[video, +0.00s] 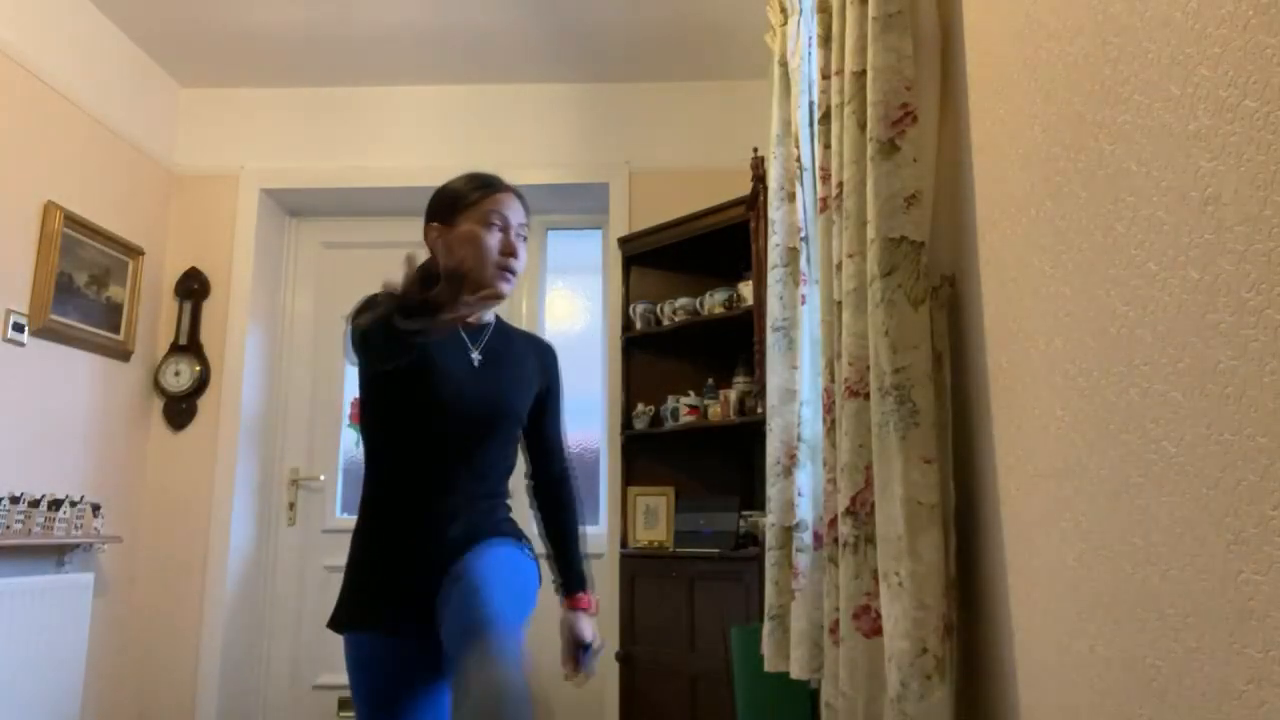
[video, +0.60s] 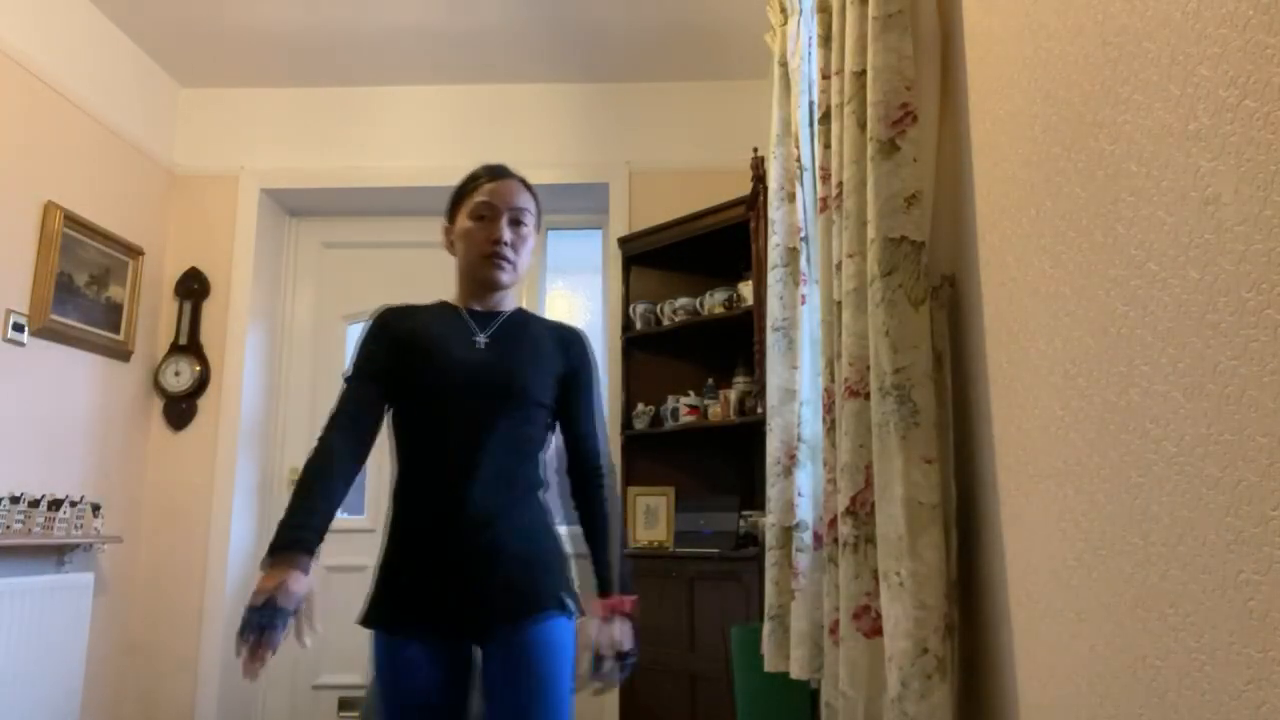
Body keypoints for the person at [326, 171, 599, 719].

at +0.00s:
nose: (515, 247)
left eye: (522, 234)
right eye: (495, 225)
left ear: (524, 251)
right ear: (437, 239)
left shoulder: (533, 357)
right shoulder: (385, 317)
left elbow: (550, 479)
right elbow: (380, 336)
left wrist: (578, 598)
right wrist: (455, 311)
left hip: (486, 546)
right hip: (391, 566)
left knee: (485, 622)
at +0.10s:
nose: (519, 256)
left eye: (525, 244)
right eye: (503, 235)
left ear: (531, 259)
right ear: (442, 243)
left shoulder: (532, 364)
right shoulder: (388, 327)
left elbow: (537, 480)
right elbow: (406, 330)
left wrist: (551, 591)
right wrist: (479, 306)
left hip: (496, 592)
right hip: (393, 595)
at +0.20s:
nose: (521, 258)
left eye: (525, 247)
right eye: (503, 238)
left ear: (527, 262)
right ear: (443, 250)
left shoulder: (533, 368)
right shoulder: (389, 329)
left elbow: (526, 487)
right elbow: (401, 346)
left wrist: (521, 613)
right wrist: (486, 327)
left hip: (490, 595)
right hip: (396, 596)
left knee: (499, 553)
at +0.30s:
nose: (517, 249)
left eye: (524, 237)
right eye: (498, 229)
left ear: (529, 252)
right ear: (444, 242)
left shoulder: (533, 360)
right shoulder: (391, 323)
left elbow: (521, 475)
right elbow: (396, 360)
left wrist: (513, 566)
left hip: (500, 592)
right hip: (405, 589)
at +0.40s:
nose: (507, 236)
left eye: (519, 225)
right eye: (487, 217)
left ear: (526, 246)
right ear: (441, 233)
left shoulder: (540, 352)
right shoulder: (387, 315)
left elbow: (533, 473)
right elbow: (376, 370)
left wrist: (528, 553)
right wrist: (389, 426)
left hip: (505, 552)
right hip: (405, 556)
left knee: (503, 667)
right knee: (401, 708)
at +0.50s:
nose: (501, 232)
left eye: (516, 222)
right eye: (482, 215)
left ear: (529, 244)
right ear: (442, 232)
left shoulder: (551, 348)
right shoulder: (390, 319)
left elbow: (556, 473)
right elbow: (353, 413)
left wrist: (561, 577)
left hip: (514, 575)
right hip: (408, 574)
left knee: (519, 712)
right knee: (404, 711)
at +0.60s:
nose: (502, 233)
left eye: (519, 222)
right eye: (484, 216)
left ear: (536, 245)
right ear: (449, 235)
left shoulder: (563, 348)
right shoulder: (400, 330)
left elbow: (591, 477)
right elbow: (342, 448)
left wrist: (613, 598)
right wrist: (289, 559)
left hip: (529, 600)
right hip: (416, 596)